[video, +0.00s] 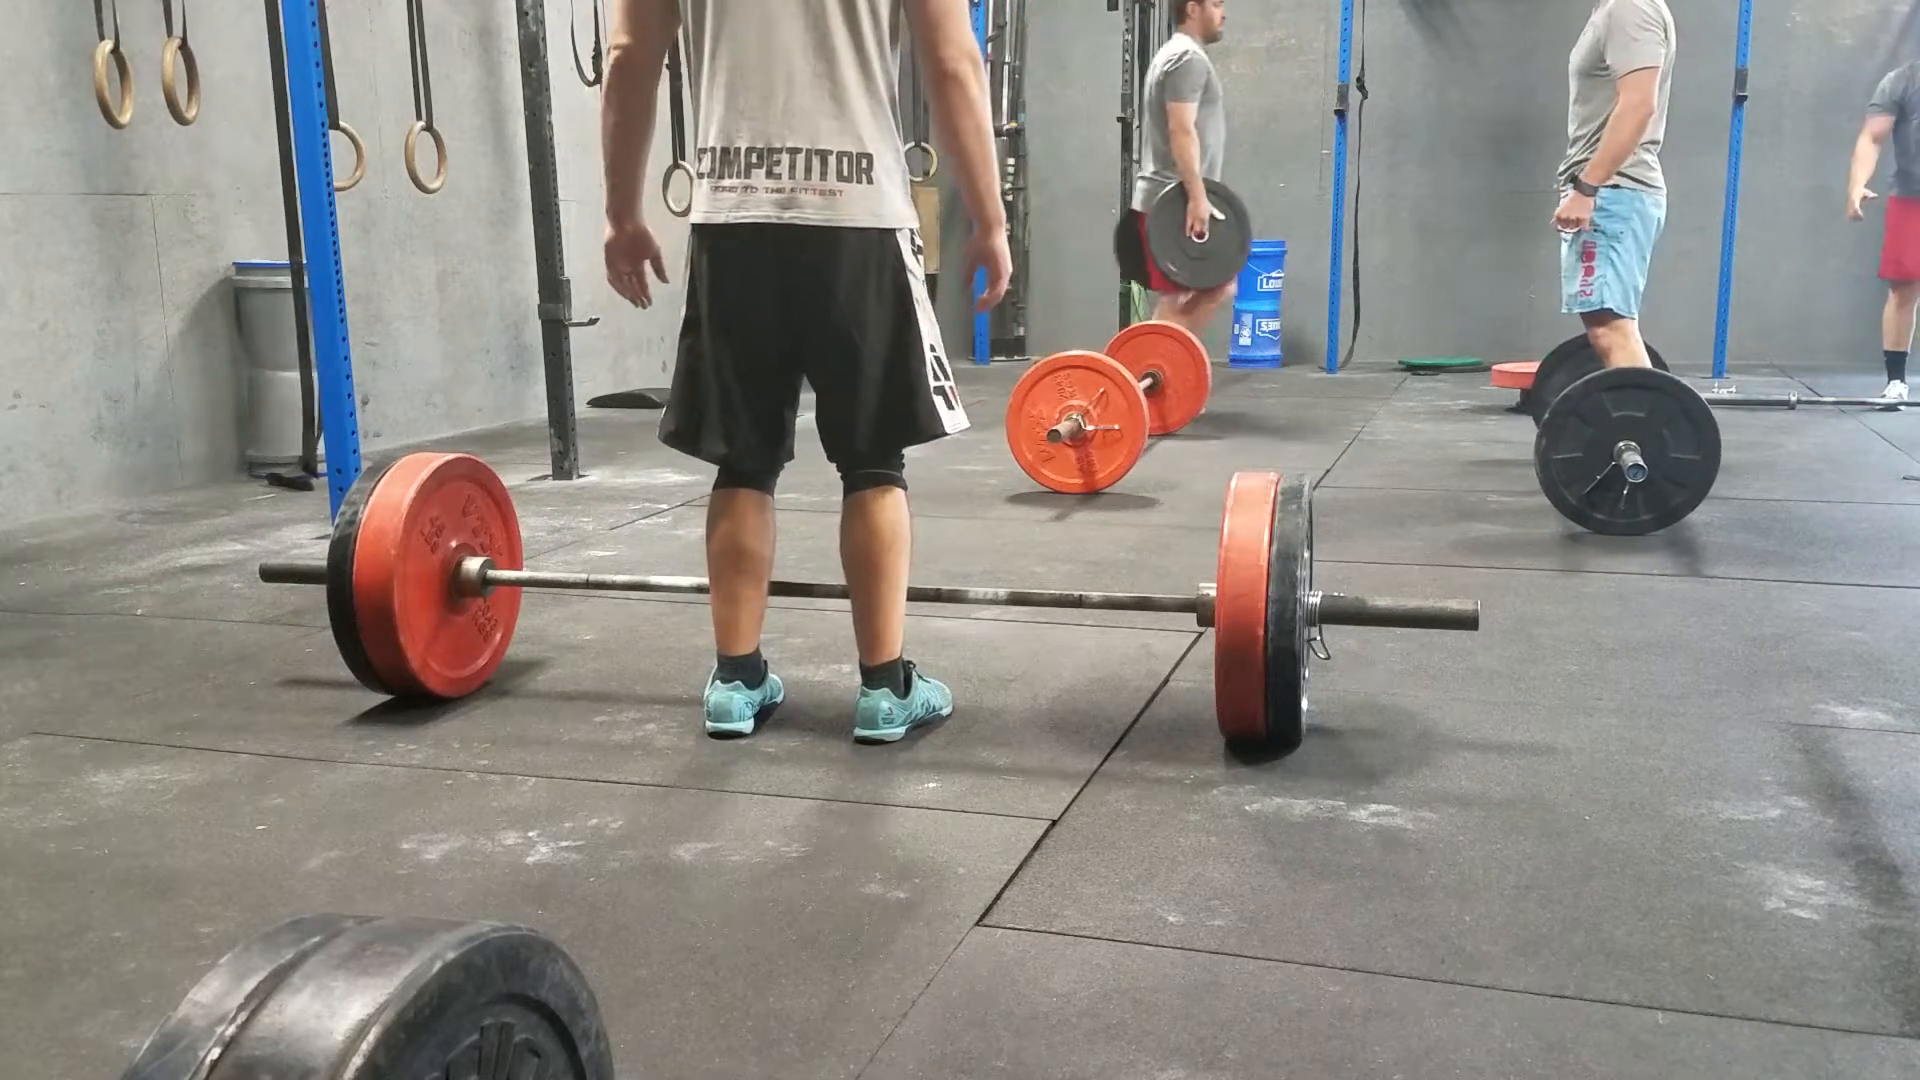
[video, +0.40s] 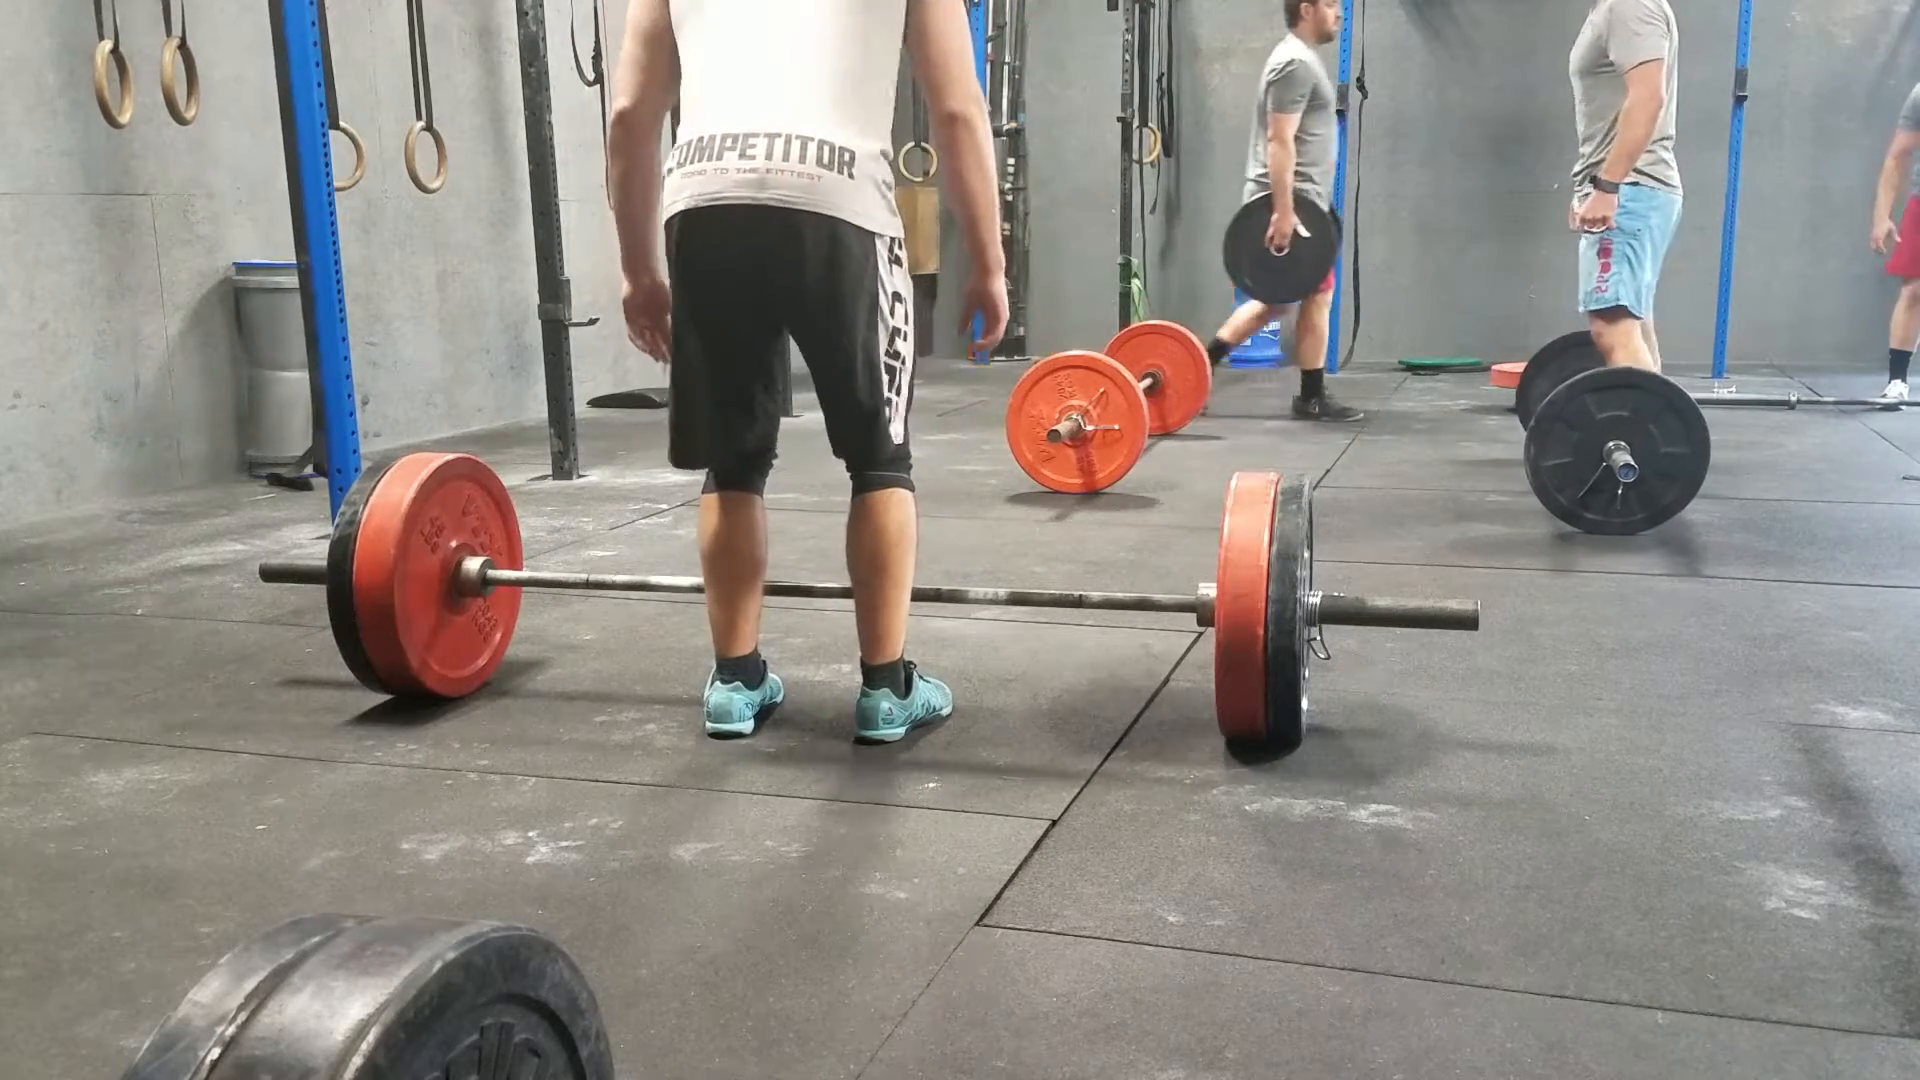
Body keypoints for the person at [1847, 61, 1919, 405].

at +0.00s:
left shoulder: (1902, 81)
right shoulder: (1902, 81)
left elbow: (1872, 137)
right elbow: (1871, 136)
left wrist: (1859, 183)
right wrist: (1857, 182)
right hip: (1909, 200)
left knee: (1905, 292)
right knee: (1903, 290)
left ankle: (1897, 380)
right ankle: (1896, 382)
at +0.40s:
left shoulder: (1916, 96)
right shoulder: (1918, 95)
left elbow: (1899, 156)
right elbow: (1899, 156)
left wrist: (1882, 216)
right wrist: (1881, 215)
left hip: (1916, 209)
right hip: (1918, 208)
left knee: (1912, 291)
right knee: (1913, 289)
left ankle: (1898, 380)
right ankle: (1897, 381)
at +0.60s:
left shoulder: (1916, 142)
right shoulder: (1918, 141)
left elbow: (1903, 192)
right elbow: (1902, 192)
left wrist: (1884, 251)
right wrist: (1883, 252)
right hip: (1915, 235)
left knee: (1911, 300)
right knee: (1911, 298)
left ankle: (1898, 380)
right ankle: (1897, 380)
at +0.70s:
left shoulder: (1916, 165)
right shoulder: (1918, 164)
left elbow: (1901, 215)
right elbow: (1900, 215)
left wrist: (1885, 279)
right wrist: (1884, 280)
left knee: (1911, 297)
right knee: (1912, 296)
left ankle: (1897, 380)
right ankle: (1897, 380)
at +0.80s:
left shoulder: (1915, 188)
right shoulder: (1918, 187)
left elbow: (1899, 240)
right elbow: (1898, 240)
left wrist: (1883, 308)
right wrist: (1882, 307)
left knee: (1911, 284)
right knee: (1912, 284)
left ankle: (1897, 380)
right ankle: (1896, 380)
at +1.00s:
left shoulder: (1915, 229)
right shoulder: (1916, 229)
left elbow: (1897, 288)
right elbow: (1896, 288)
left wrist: (1878, 352)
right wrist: (1878, 353)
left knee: (1910, 291)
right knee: (1911, 292)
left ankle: (1897, 380)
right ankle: (1896, 380)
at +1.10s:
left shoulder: (1916, 240)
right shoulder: (1916, 239)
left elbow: (1900, 301)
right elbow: (1898, 301)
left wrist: (1880, 363)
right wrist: (1880, 364)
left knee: (1909, 301)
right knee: (1909, 301)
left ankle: (1896, 378)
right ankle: (1895, 378)